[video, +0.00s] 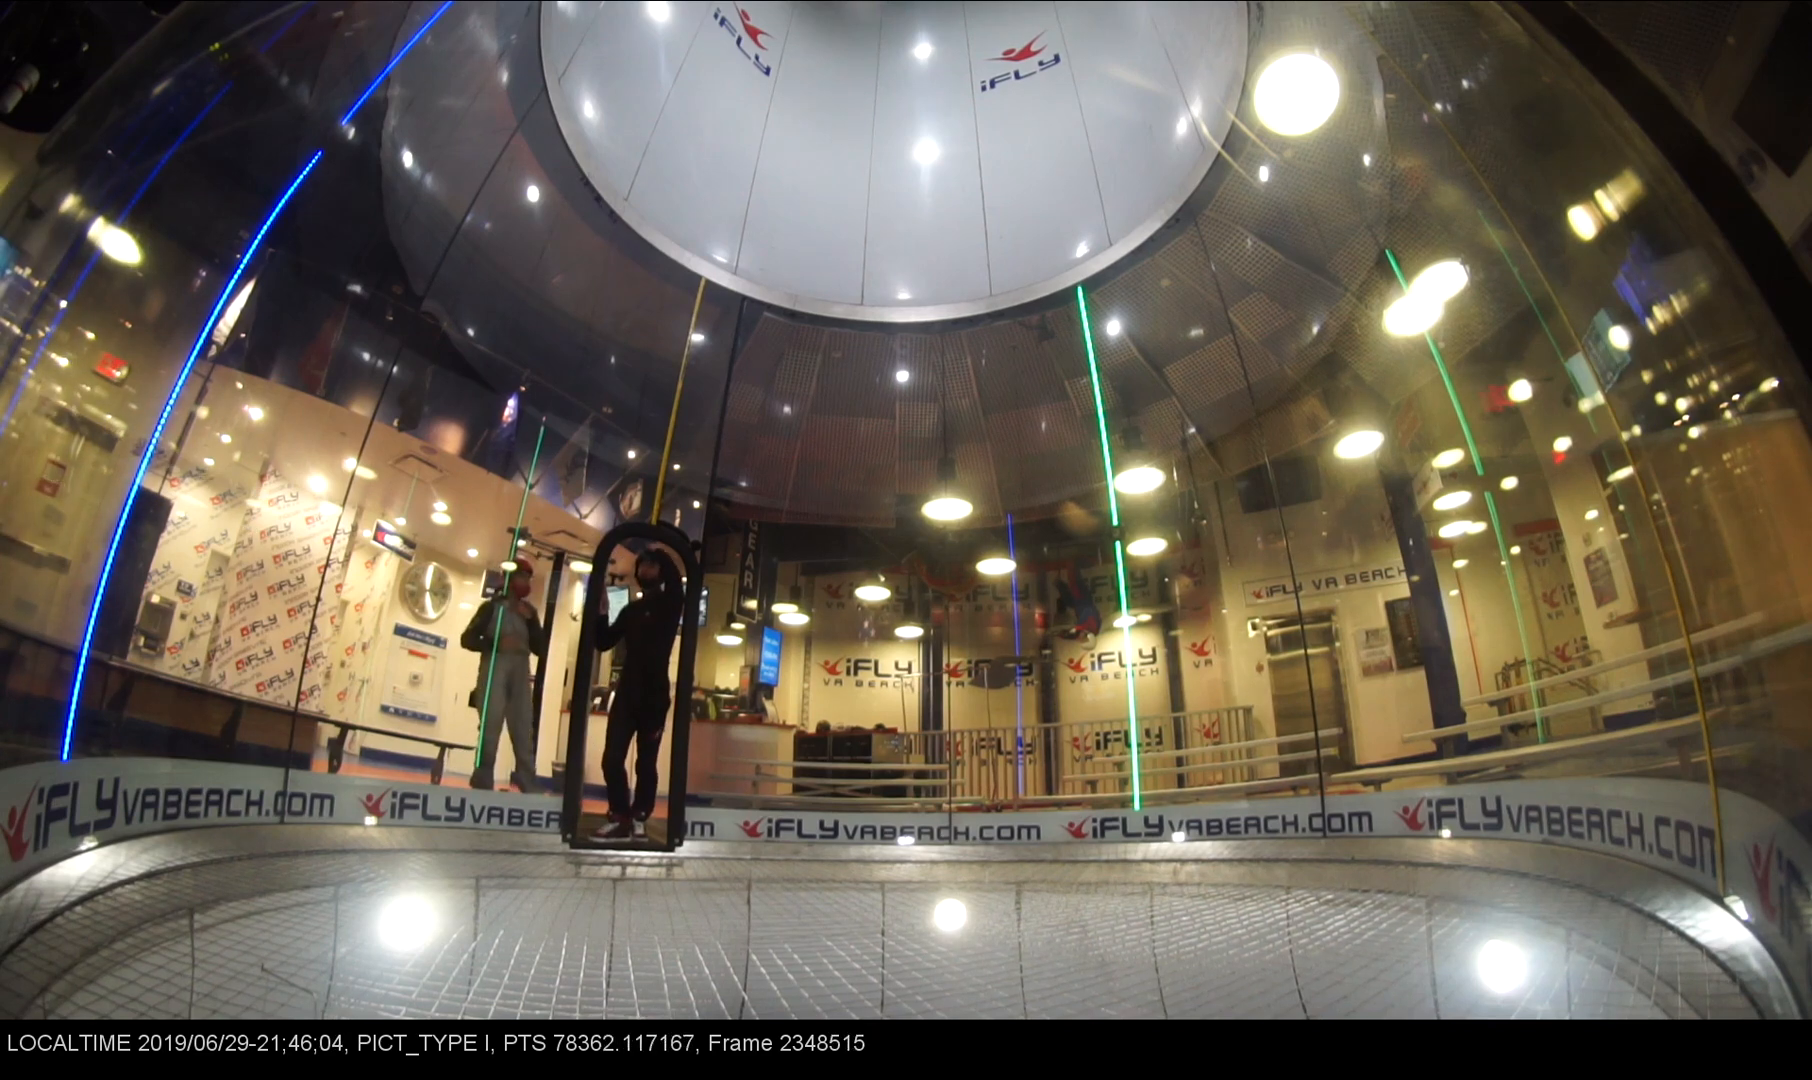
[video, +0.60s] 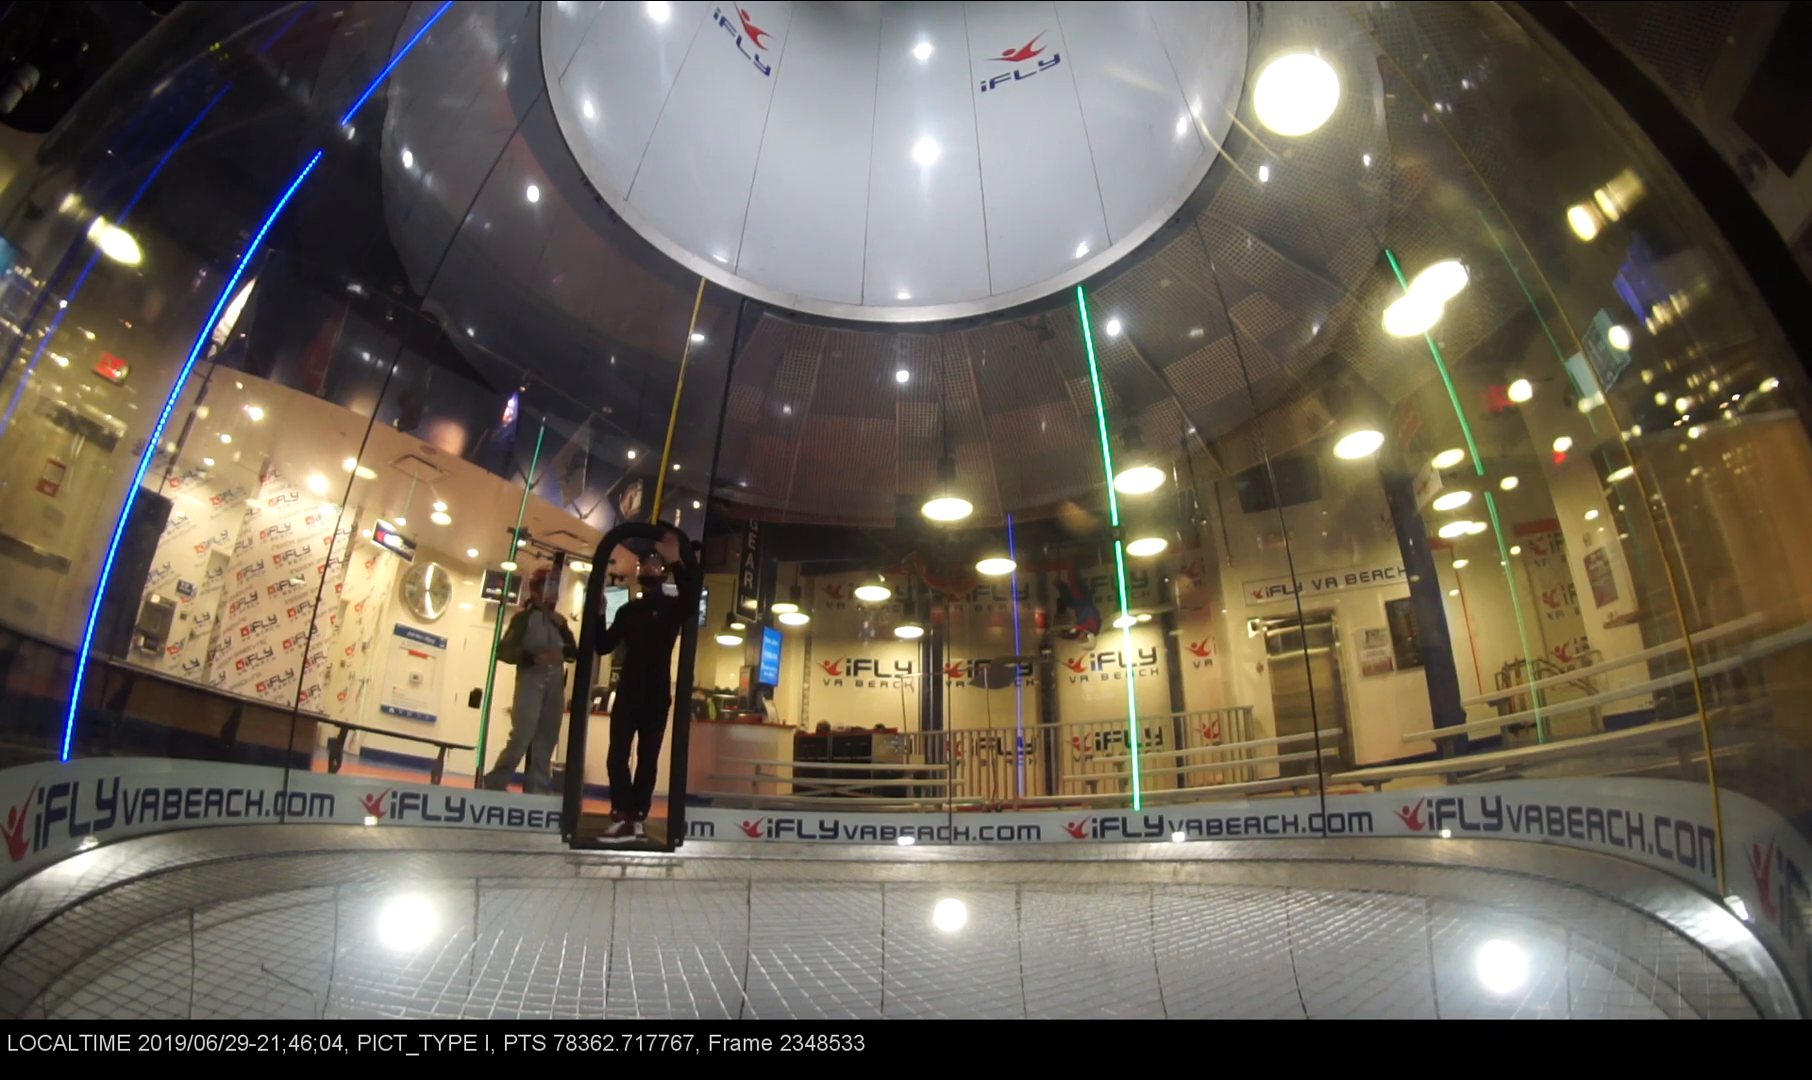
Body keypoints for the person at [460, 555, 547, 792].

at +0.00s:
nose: (526, 585)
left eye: (528, 580)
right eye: (522, 579)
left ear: (530, 583)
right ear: (510, 580)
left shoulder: (528, 613)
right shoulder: (491, 607)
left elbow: (540, 648)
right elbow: (467, 640)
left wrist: (532, 620)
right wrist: (495, 642)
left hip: (520, 675)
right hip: (494, 671)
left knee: (523, 730)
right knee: (491, 727)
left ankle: (528, 786)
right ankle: (482, 782)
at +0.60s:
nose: (550, 592)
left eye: (554, 587)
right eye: (545, 587)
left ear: (558, 591)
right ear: (534, 590)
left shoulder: (558, 621)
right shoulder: (524, 618)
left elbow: (573, 653)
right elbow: (503, 651)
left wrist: (563, 627)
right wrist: (531, 657)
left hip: (555, 683)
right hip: (530, 680)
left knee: (546, 738)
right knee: (523, 735)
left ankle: (538, 792)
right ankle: (493, 783)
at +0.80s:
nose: (556, 596)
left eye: (560, 591)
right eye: (552, 590)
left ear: (565, 595)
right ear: (543, 592)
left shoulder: (568, 623)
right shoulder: (531, 620)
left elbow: (578, 653)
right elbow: (511, 653)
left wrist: (570, 629)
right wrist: (534, 663)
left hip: (558, 682)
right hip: (534, 681)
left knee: (553, 735)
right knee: (538, 735)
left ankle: (542, 785)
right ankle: (527, 786)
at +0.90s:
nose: (557, 597)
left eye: (562, 592)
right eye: (553, 591)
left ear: (568, 596)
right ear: (545, 593)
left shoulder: (571, 624)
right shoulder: (533, 620)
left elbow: (580, 654)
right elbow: (512, 652)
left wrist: (572, 628)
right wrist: (533, 664)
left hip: (560, 682)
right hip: (536, 680)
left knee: (554, 737)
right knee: (540, 738)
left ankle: (540, 790)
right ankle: (536, 794)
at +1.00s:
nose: (557, 597)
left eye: (562, 592)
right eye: (554, 592)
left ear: (569, 597)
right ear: (547, 593)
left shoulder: (573, 625)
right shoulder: (535, 621)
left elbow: (583, 654)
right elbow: (513, 651)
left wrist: (573, 629)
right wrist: (532, 665)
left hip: (563, 681)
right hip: (538, 679)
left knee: (556, 735)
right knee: (542, 735)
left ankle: (536, 787)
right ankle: (545, 791)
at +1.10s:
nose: (560, 595)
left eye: (565, 590)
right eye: (557, 589)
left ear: (571, 596)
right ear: (550, 591)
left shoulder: (575, 625)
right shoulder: (537, 620)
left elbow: (587, 653)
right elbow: (514, 651)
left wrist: (574, 629)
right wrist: (531, 667)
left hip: (566, 681)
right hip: (540, 679)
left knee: (555, 740)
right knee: (545, 741)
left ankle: (536, 794)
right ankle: (547, 798)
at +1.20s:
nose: (562, 595)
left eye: (567, 590)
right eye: (558, 590)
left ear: (574, 595)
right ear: (550, 592)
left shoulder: (577, 626)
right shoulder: (538, 621)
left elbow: (587, 655)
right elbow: (516, 652)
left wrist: (576, 630)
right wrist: (531, 670)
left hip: (568, 684)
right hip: (542, 681)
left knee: (556, 741)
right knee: (546, 742)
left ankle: (535, 794)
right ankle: (546, 800)